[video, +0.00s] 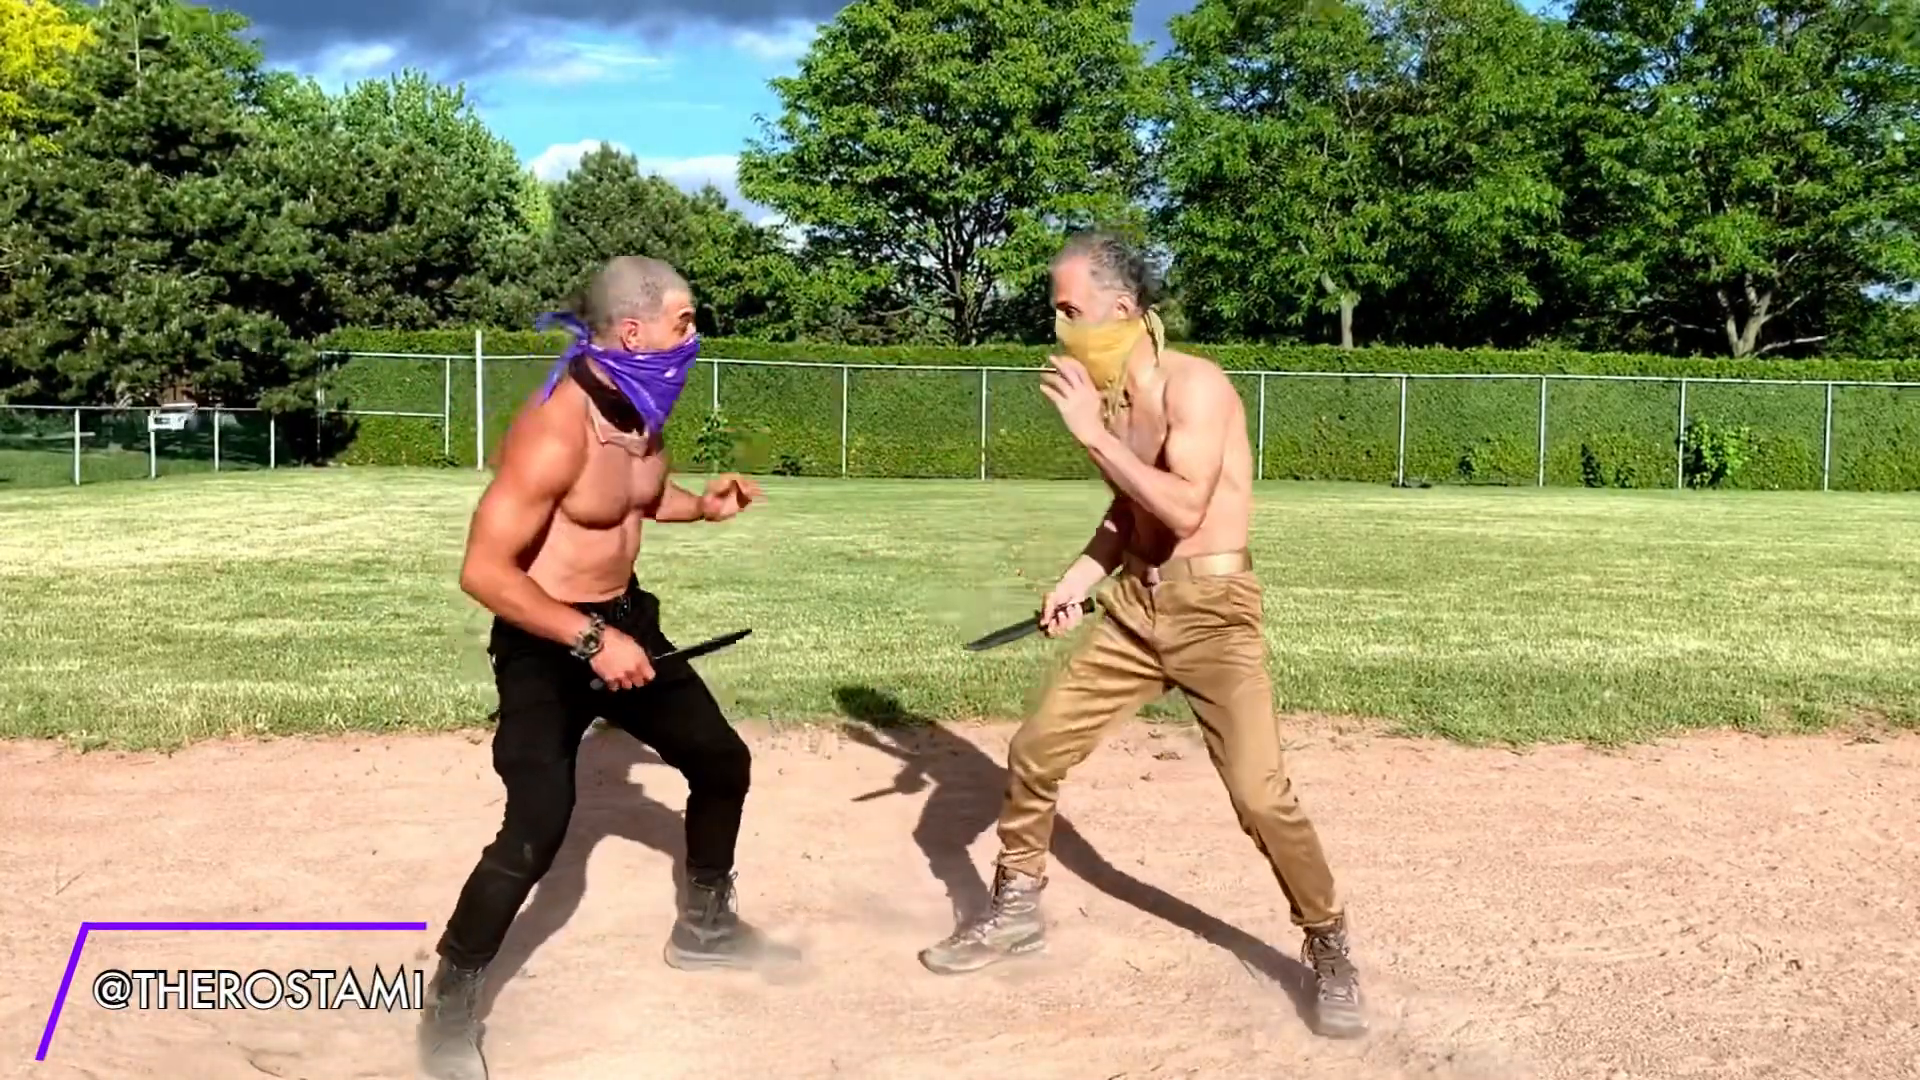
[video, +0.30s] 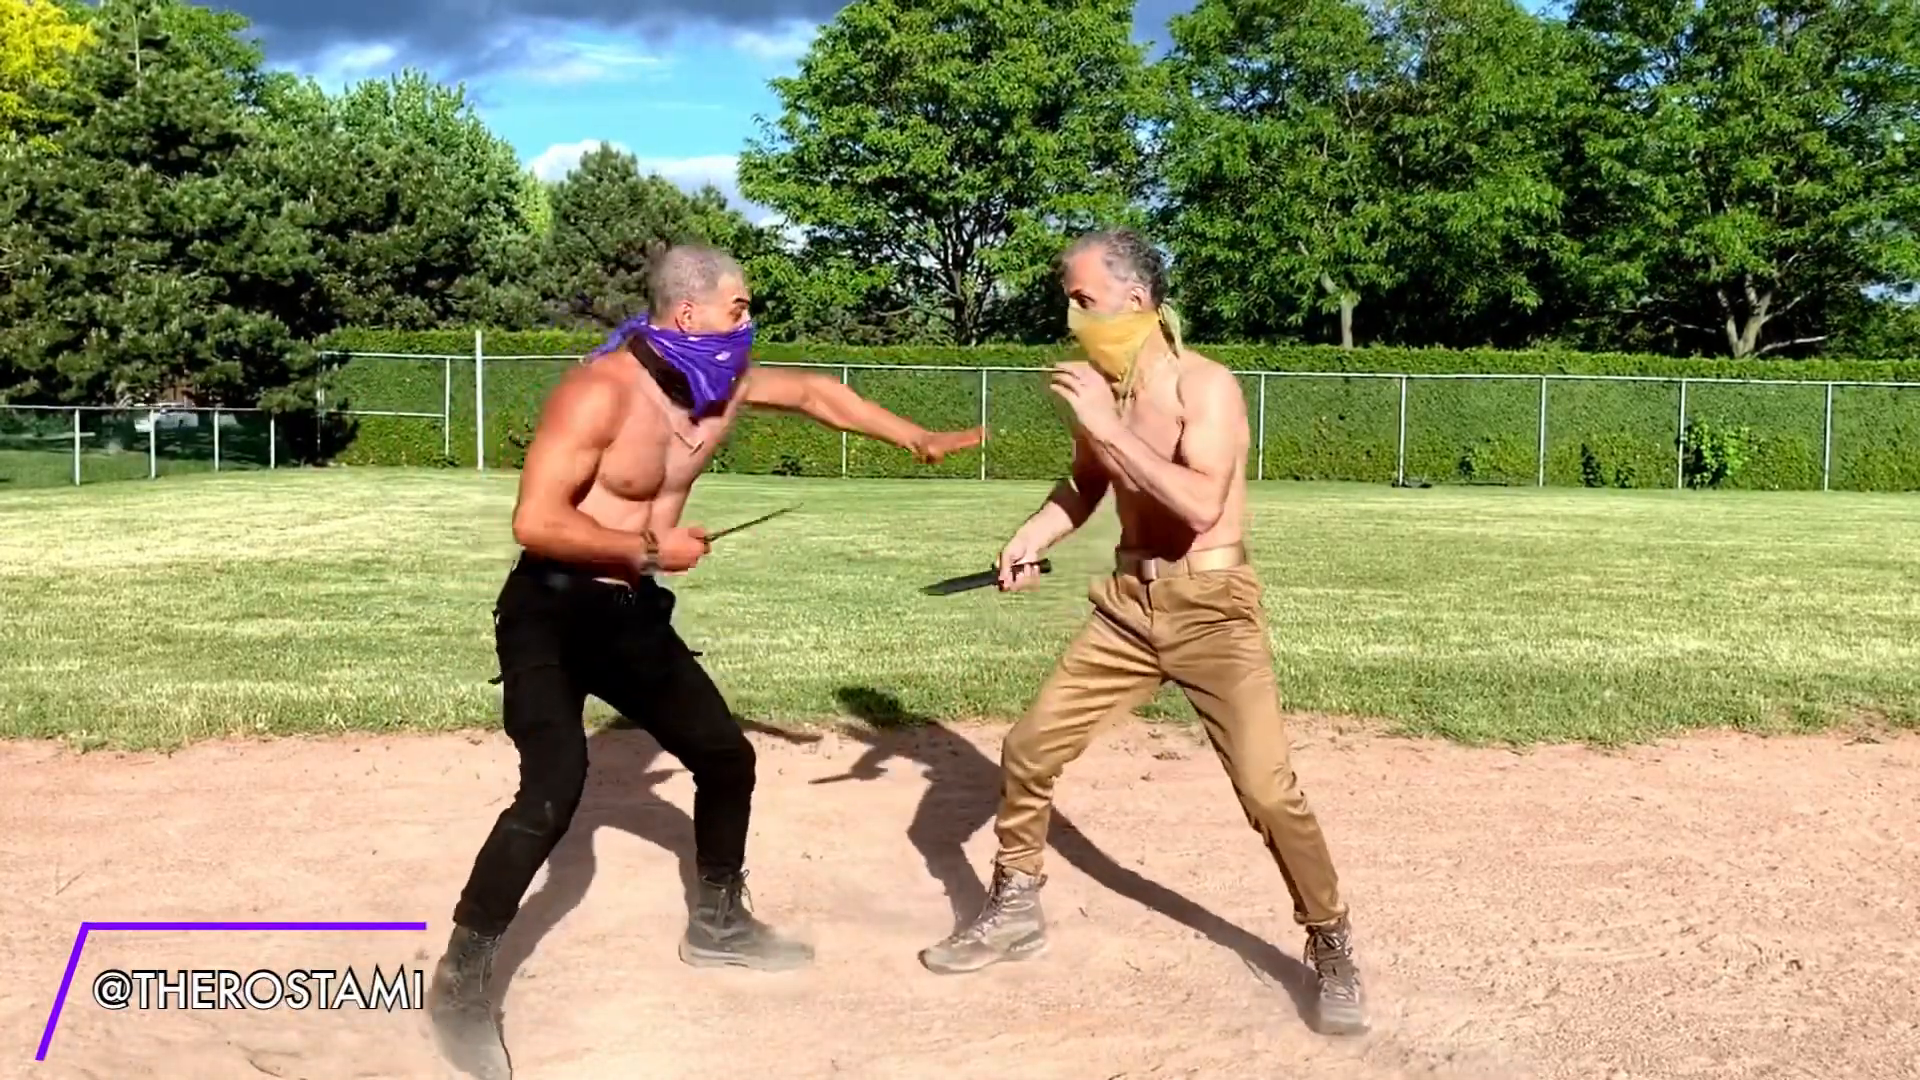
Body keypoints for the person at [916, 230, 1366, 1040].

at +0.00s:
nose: (1060, 325)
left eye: (1071, 308)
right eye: (1057, 310)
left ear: (1125, 307)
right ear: (1090, 313)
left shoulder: (1197, 385)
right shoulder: (1110, 403)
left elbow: (1185, 511)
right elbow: (1129, 512)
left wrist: (1093, 436)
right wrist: (1082, 574)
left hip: (1214, 612)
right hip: (1132, 607)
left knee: (1258, 797)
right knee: (1033, 755)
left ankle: (1330, 951)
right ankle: (1017, 911)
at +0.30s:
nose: (1076, 319)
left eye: (1086, 302)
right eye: (1071, 304)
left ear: (1139, 298)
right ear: (1098, 303)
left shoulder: (1209, 385)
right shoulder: (1104, 394)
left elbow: (1205, 504)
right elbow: (1082, 491)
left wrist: (1107, 432)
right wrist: (1030, 539)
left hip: (1215, 611)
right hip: (1127, 608)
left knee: (1267, 793)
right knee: (1028, 753)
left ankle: (1333, 952)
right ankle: (1016, 909)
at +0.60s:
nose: (1038, 319)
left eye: (1046, 302)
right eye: (1036, 303)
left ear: (1094, 304)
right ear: (1092, 311)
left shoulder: (1129, 367)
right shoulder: (1114, 391)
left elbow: (1060, 333)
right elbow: (1199, 455)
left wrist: (979, 276)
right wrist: (1162, 547)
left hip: (1178, 623)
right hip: (1112, 623)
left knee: (1237, 811)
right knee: (1002, 754)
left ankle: (1348, 943)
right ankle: (985, 914)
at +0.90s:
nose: (1126, 286)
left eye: (1137, 270)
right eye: (1126, 272)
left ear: (1186, 276)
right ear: (1170, 275)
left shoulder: (1232, 370)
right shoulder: (1167, 383)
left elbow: (1214, 433)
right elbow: (1167, 506)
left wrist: (1152, 336)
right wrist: (1093, 537)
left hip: (1205, 608)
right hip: (1145, 606)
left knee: (1226, 806)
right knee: (1054, 760)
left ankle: (1338, 959)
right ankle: (996, 913)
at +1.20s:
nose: (1081, 338)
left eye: (1091, 321)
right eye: (1078, 323)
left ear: (1145, 316)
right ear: (1127, 322)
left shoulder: (1220, 402)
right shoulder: (1142, 416)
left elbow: (1220, 535)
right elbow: (1135, 511)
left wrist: (1127, 461)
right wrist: (1035, 509)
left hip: (1240, 623)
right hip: (1163, 615)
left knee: (1279, 809)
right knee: (1056, 755)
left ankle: (1362, 953)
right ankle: (1030, 919)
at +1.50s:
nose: (1071, 346)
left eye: (1080, 329)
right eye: (1066, 332)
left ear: (1130, 321)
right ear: (1098, 331)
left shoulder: (1201, 404)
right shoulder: (1116, 421)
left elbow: (1165, 525)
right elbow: (1141, 526)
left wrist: (1083, 452)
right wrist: (1075, 552)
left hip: (1231, 625)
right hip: (1148, 619)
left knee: (1280, 802)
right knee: (1042, 750)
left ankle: (1363, 950)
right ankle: (1017, 910)